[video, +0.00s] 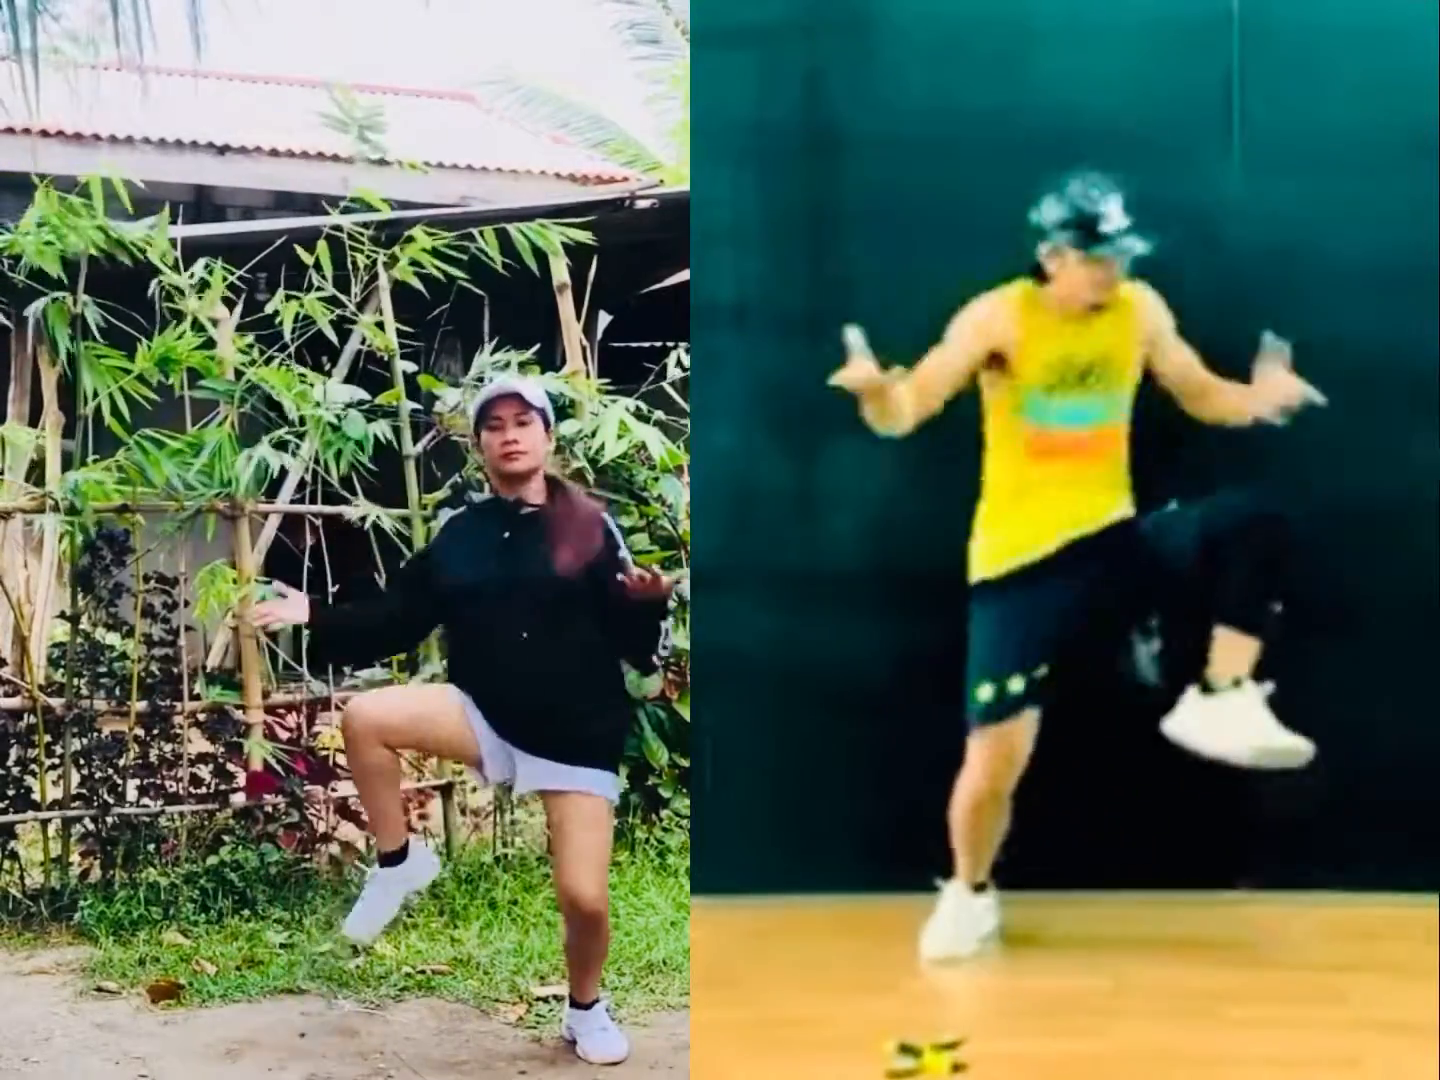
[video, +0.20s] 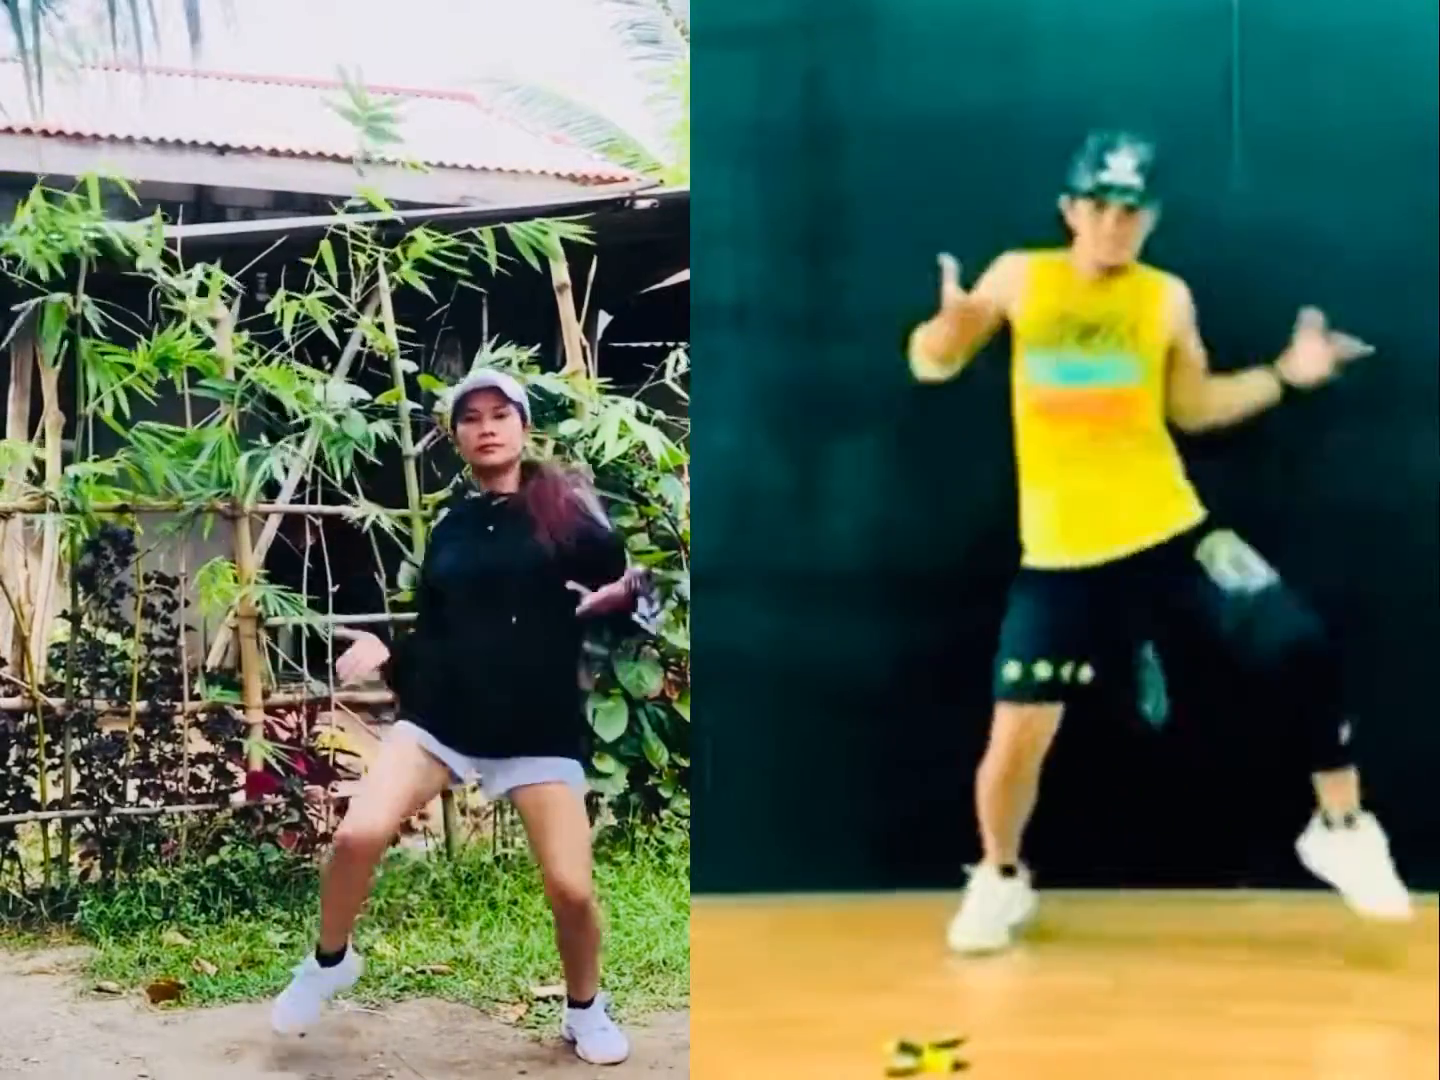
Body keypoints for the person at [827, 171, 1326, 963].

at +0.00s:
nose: (1111, 274)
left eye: (1116, 258)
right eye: (1094, 260)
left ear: (1125, 255)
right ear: (1050, 259)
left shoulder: (1138, 310)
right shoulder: (997, 319)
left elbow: (1200, 393)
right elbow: (908, 408)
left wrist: (1259, 398)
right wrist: (877, 391)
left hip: (1112, 540)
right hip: (1016, 564)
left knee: (1253, 524)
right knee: (998, 754)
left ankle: (1222, 697)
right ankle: (968, 894)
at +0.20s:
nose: (1115, 228)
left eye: (1131, 213)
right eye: (1101, 210)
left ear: (1150, 219)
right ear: (1070, 210)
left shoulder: (1165, 298)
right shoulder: (1019, 278)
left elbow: (1191, 406)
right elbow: (931, 364)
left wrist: (1282, 373)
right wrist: (947, 328)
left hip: (1170, 535)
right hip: (1061, 553)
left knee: (1296, 643)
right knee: (1018, 730)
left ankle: (1342, 824)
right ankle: (998, 877)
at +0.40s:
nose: (1166, 312)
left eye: (1183, 295)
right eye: (1150, 294)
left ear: (1207, 302)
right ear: (1124, 299)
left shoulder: (1235, 377)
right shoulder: (1088, 365)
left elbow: (1319, 455)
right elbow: (998, 422)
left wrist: (1417, 488)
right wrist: (935, 440)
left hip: (1221, 620)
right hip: (1107, 627)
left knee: (1329, 734)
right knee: (1029, 782)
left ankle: (1331, 899)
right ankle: (1016, 894)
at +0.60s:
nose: (1239, 246)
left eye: (1252, 229)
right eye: (1222, 231)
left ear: (1273, 235)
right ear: (1192, 240)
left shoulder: (1306, 306)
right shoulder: (1163, 321)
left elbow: (1332, 413)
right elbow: (1144, 425)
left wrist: (1363, 377)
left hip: (1278, 579)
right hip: (1171, 571)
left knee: (1363, 729)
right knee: (1076, 727)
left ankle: (1332, 897)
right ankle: (956, 821)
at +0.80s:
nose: (1265, 261)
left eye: (1280, 243)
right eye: (1249, 243)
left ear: (1301, 247)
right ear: (1220, 248)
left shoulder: (1331, 345)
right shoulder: (1176, 319)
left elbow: (1411, 414)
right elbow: (1072, 392)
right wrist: (1042, 369)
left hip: (1299, 567)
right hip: (1199, 542)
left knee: (1343, 726)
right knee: (1081, 524)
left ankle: (1331, 897)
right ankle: (1098, 707)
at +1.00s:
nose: (1276, 259)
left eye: (1288, 240)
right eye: (1258, 244)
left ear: (1307, 241)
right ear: (1226, 250)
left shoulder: (1343, 304)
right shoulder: (1191, 327)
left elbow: (1371, 396)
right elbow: (1165, 447)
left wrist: (1390, 393)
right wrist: (1090, 415)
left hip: (1290, 573)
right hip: (1189, 545)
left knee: (1369, 728)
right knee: (1053, 639)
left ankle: (1332, 893)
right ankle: (1035, 771)